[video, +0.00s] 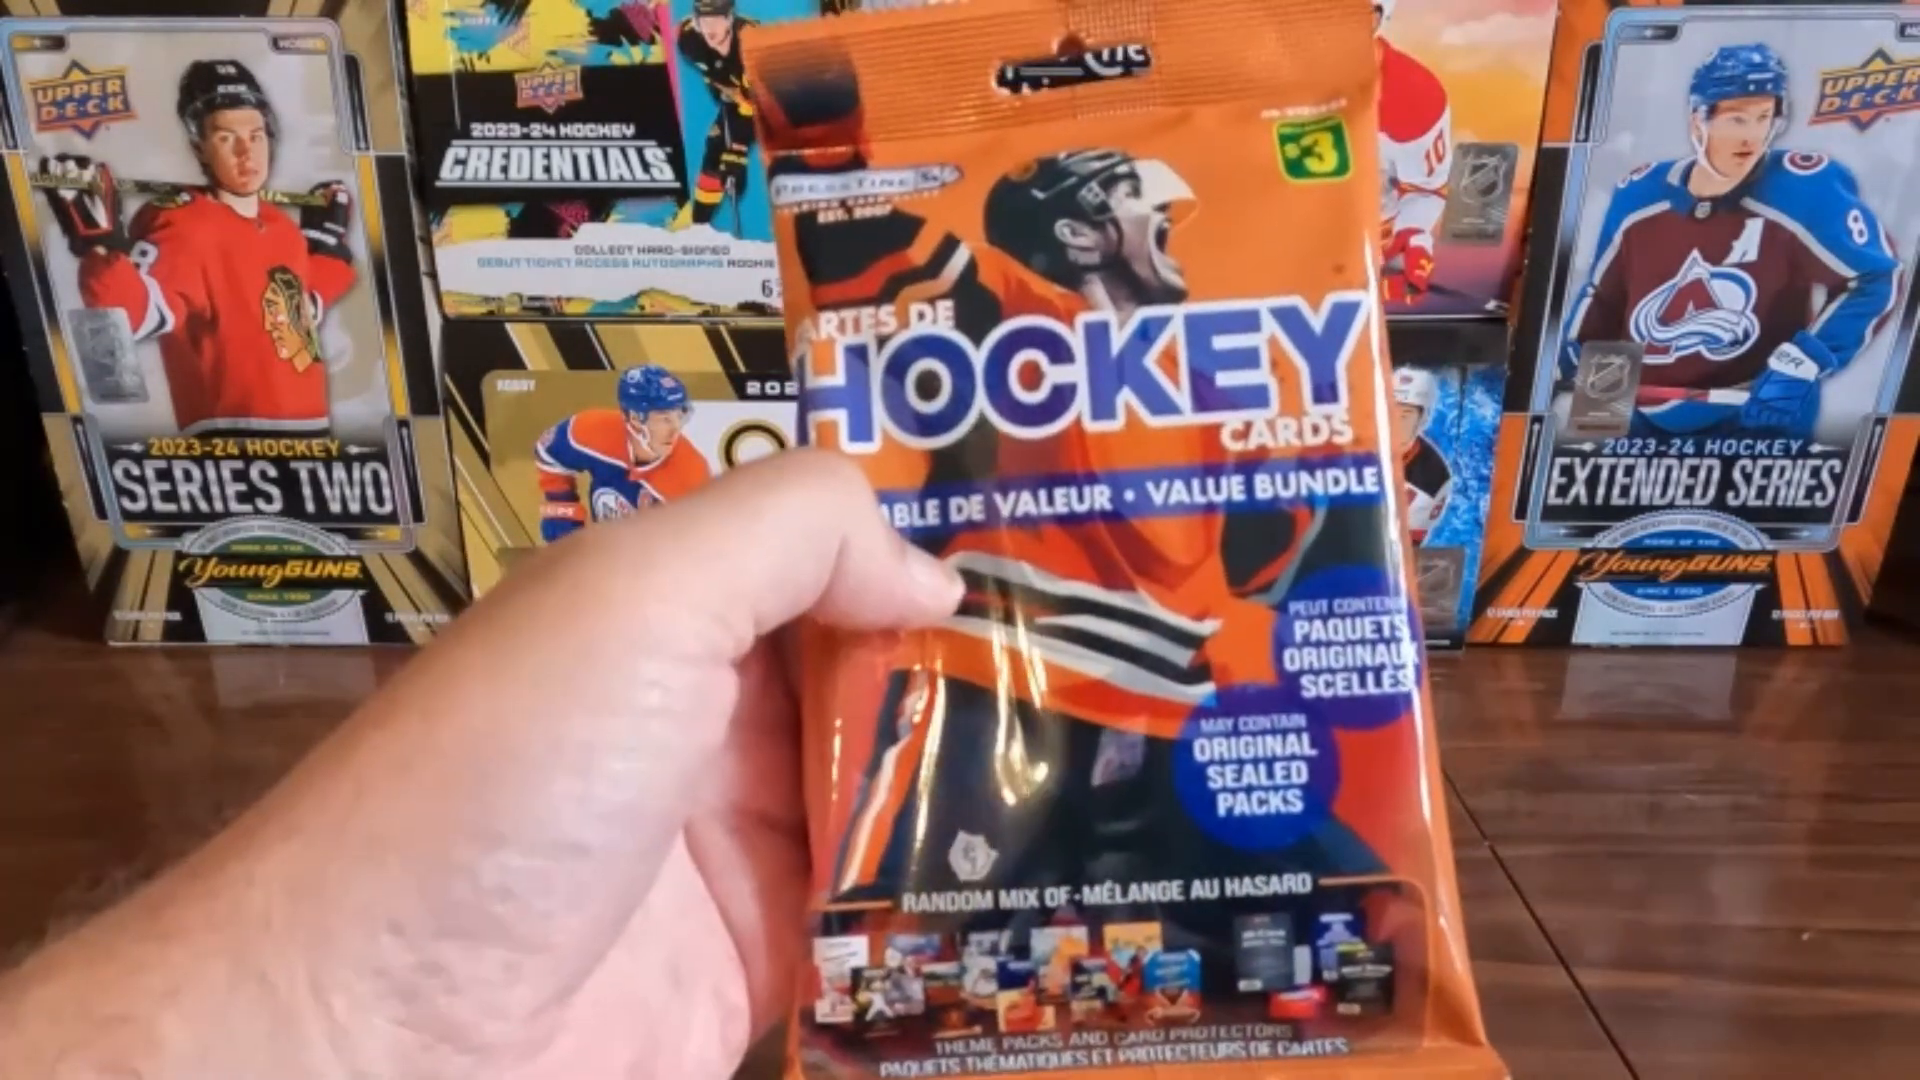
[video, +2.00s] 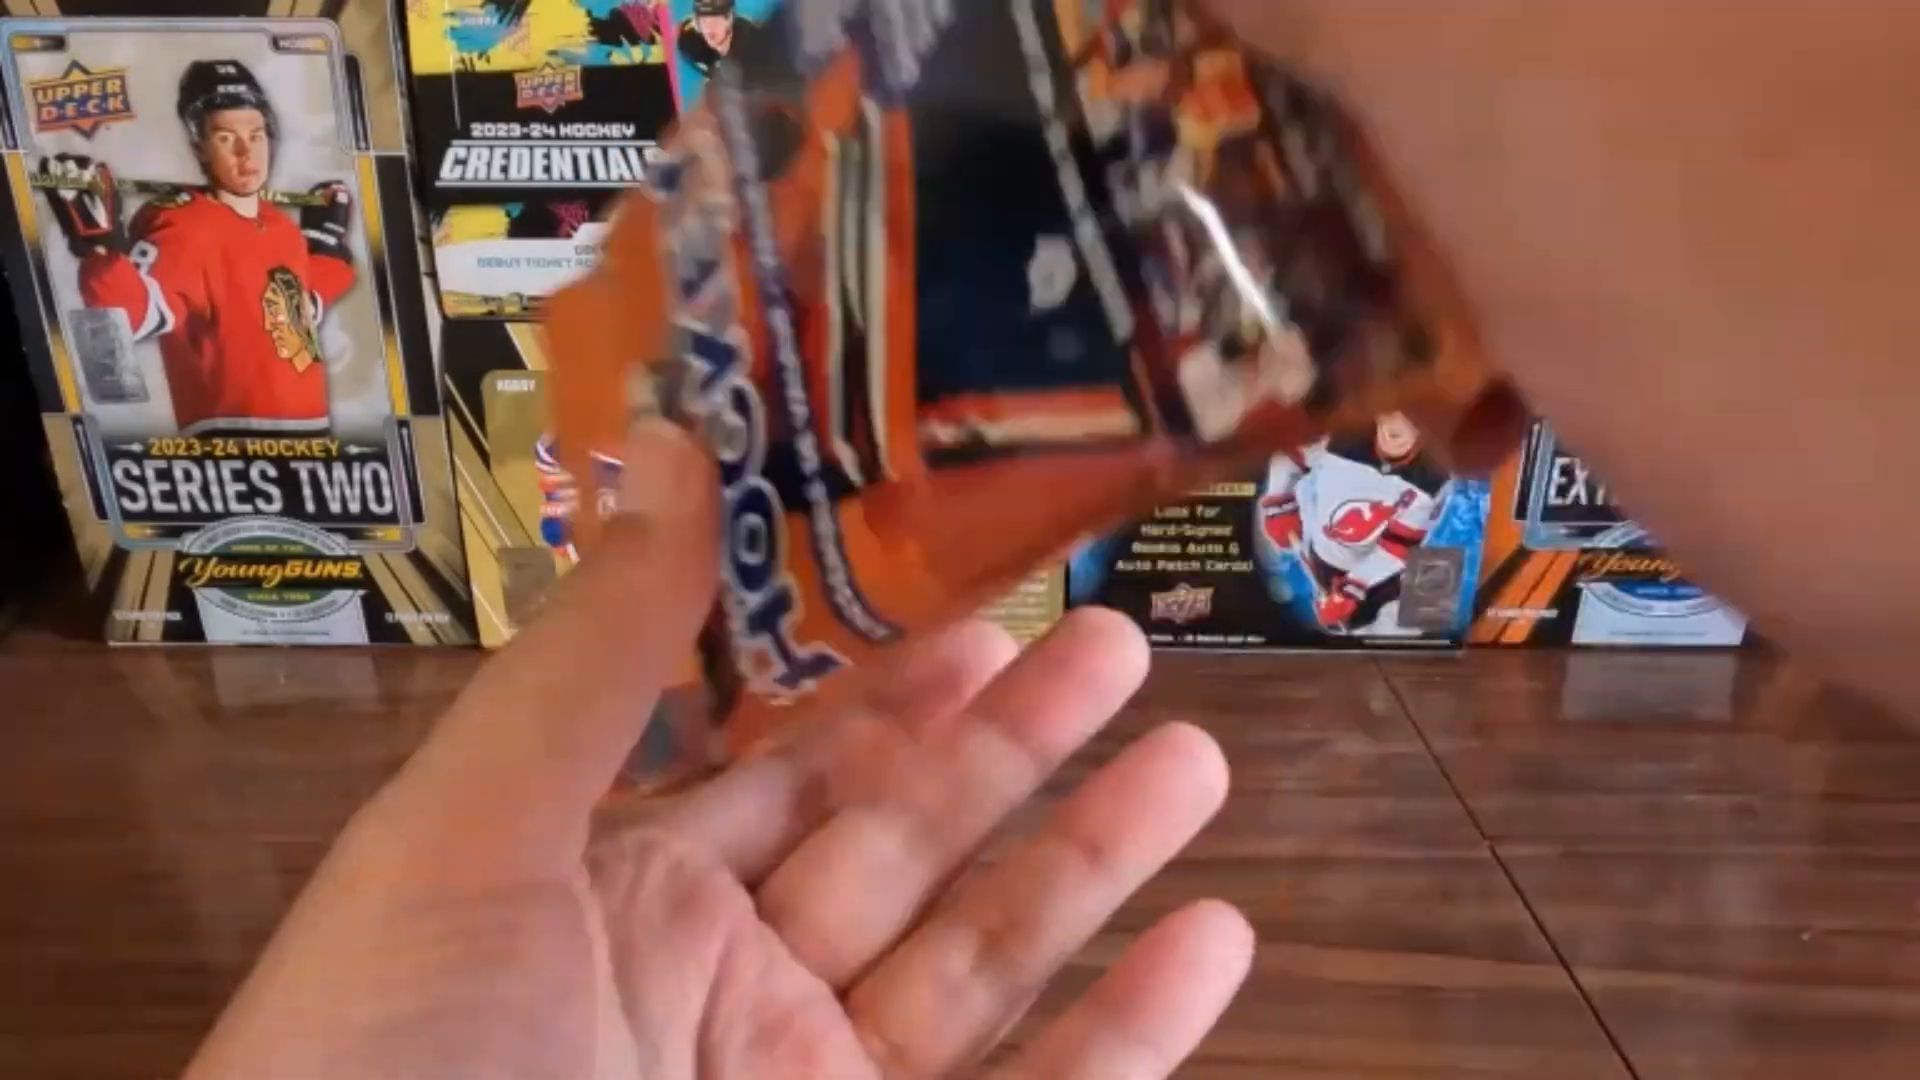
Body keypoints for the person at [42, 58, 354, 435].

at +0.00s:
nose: (247, 152)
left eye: (256, 135)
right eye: (228, 139)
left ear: (270, 140)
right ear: (201, 150)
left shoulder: (283, 227)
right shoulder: (183, 226)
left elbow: (303, 305)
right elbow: (142, 315)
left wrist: (334, 250)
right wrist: (100, 250)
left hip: (307, 432)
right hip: (230, 438)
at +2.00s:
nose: (247, 153)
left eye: (257, 135)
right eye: (227, 139)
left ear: (270, 139)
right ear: (200, 149)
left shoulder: (283, 229)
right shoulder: (183, 227)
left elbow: (302, 306)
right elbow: (137, 317)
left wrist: (332, 249)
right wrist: (100, 249)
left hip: (307, 435)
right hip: (230, 441)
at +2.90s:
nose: (246, 150)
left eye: (256, 134)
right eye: (226, 138)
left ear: (270, 139)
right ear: (201, 148)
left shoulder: (281, 226)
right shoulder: (183, 226)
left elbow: (305, 304)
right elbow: (139, 316)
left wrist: (332, 249)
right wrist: (99, 247)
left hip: (299, 419)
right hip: (226, 428)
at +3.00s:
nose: (246, 150)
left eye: (256, 134)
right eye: (227, 138)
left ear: (270, 139)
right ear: (201, 148)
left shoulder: (281, 227)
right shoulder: (183, 226)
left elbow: (302, 310)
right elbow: (138, 316)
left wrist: (333, 251)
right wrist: (99, 246)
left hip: (305, 425)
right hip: (229, 434)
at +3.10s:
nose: (246, 150)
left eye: (256, 134)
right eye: (226, 138)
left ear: (270, 139)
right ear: (201, 147)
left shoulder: (281, 226)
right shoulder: (183, 226)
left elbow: (303, 309)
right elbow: (139, 316)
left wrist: (333, 251)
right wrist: (99, 246)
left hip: (309, 426)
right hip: (231, 435)